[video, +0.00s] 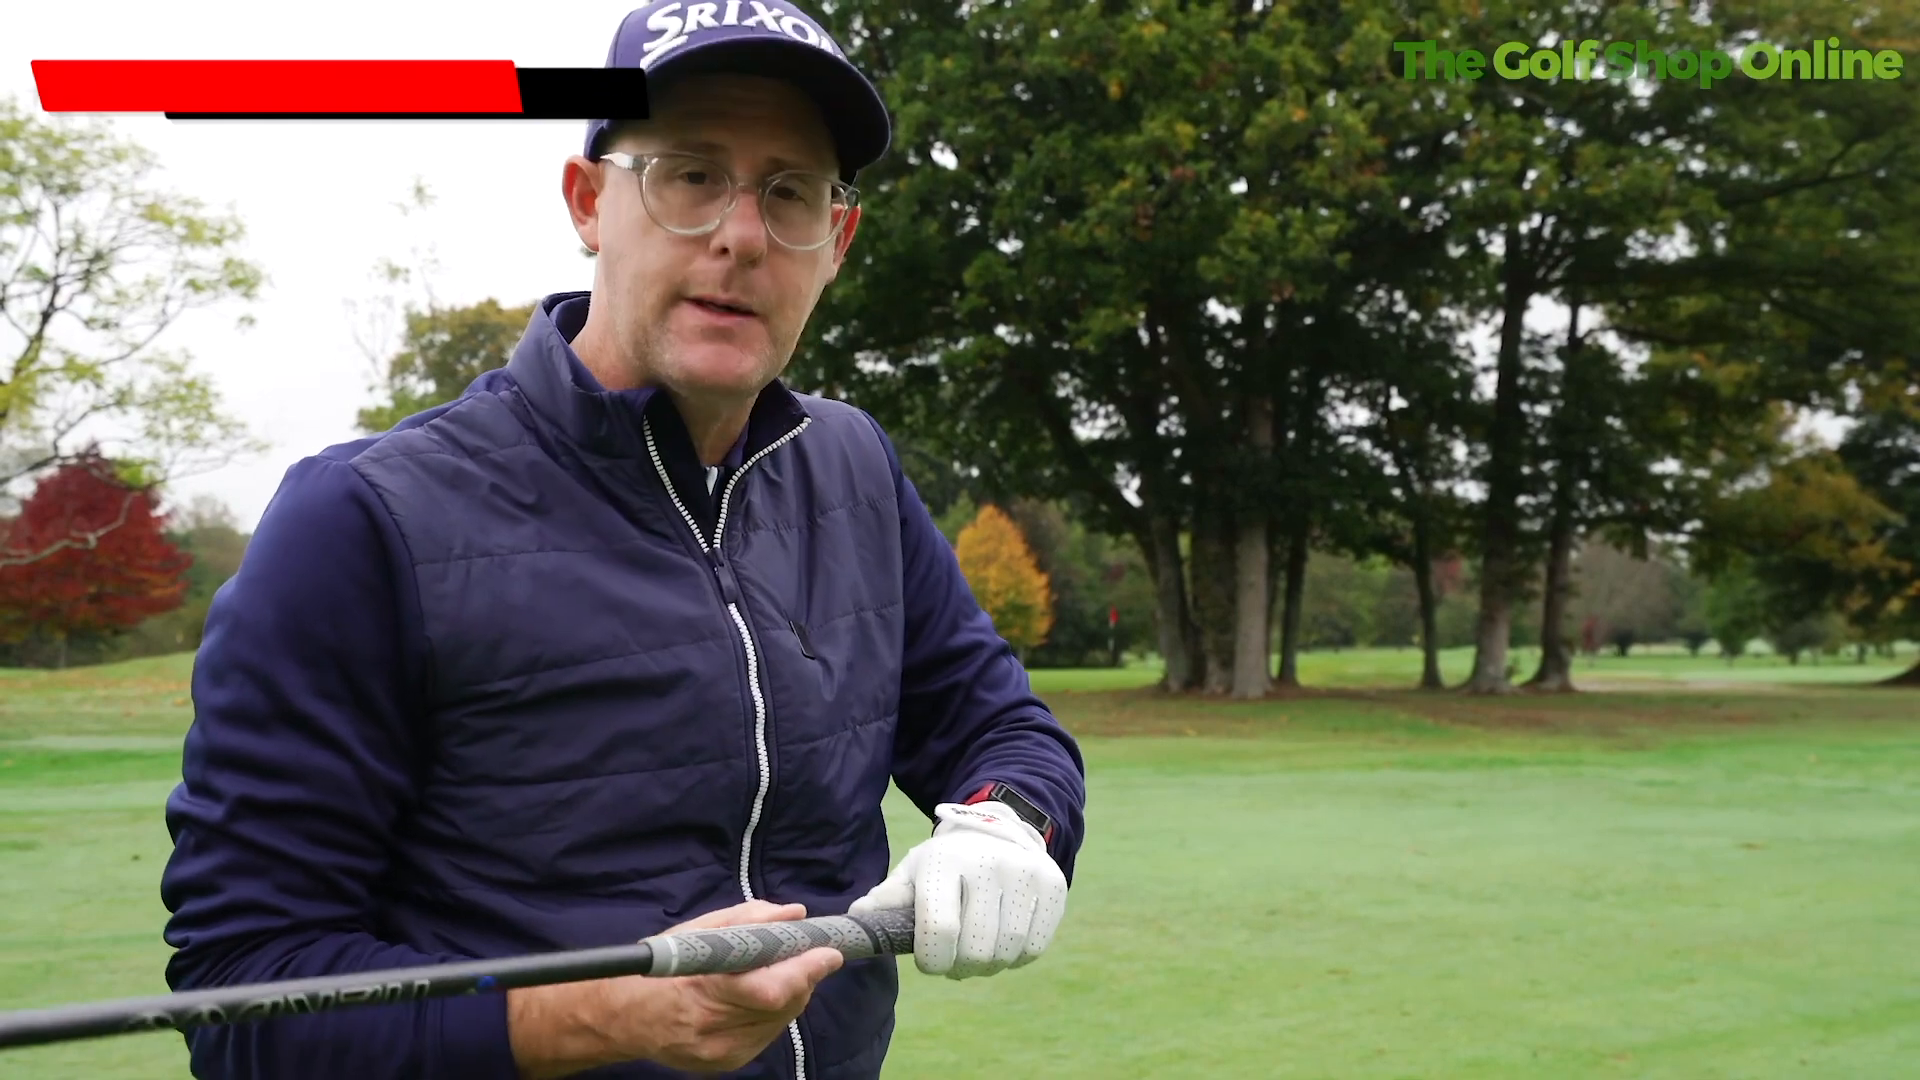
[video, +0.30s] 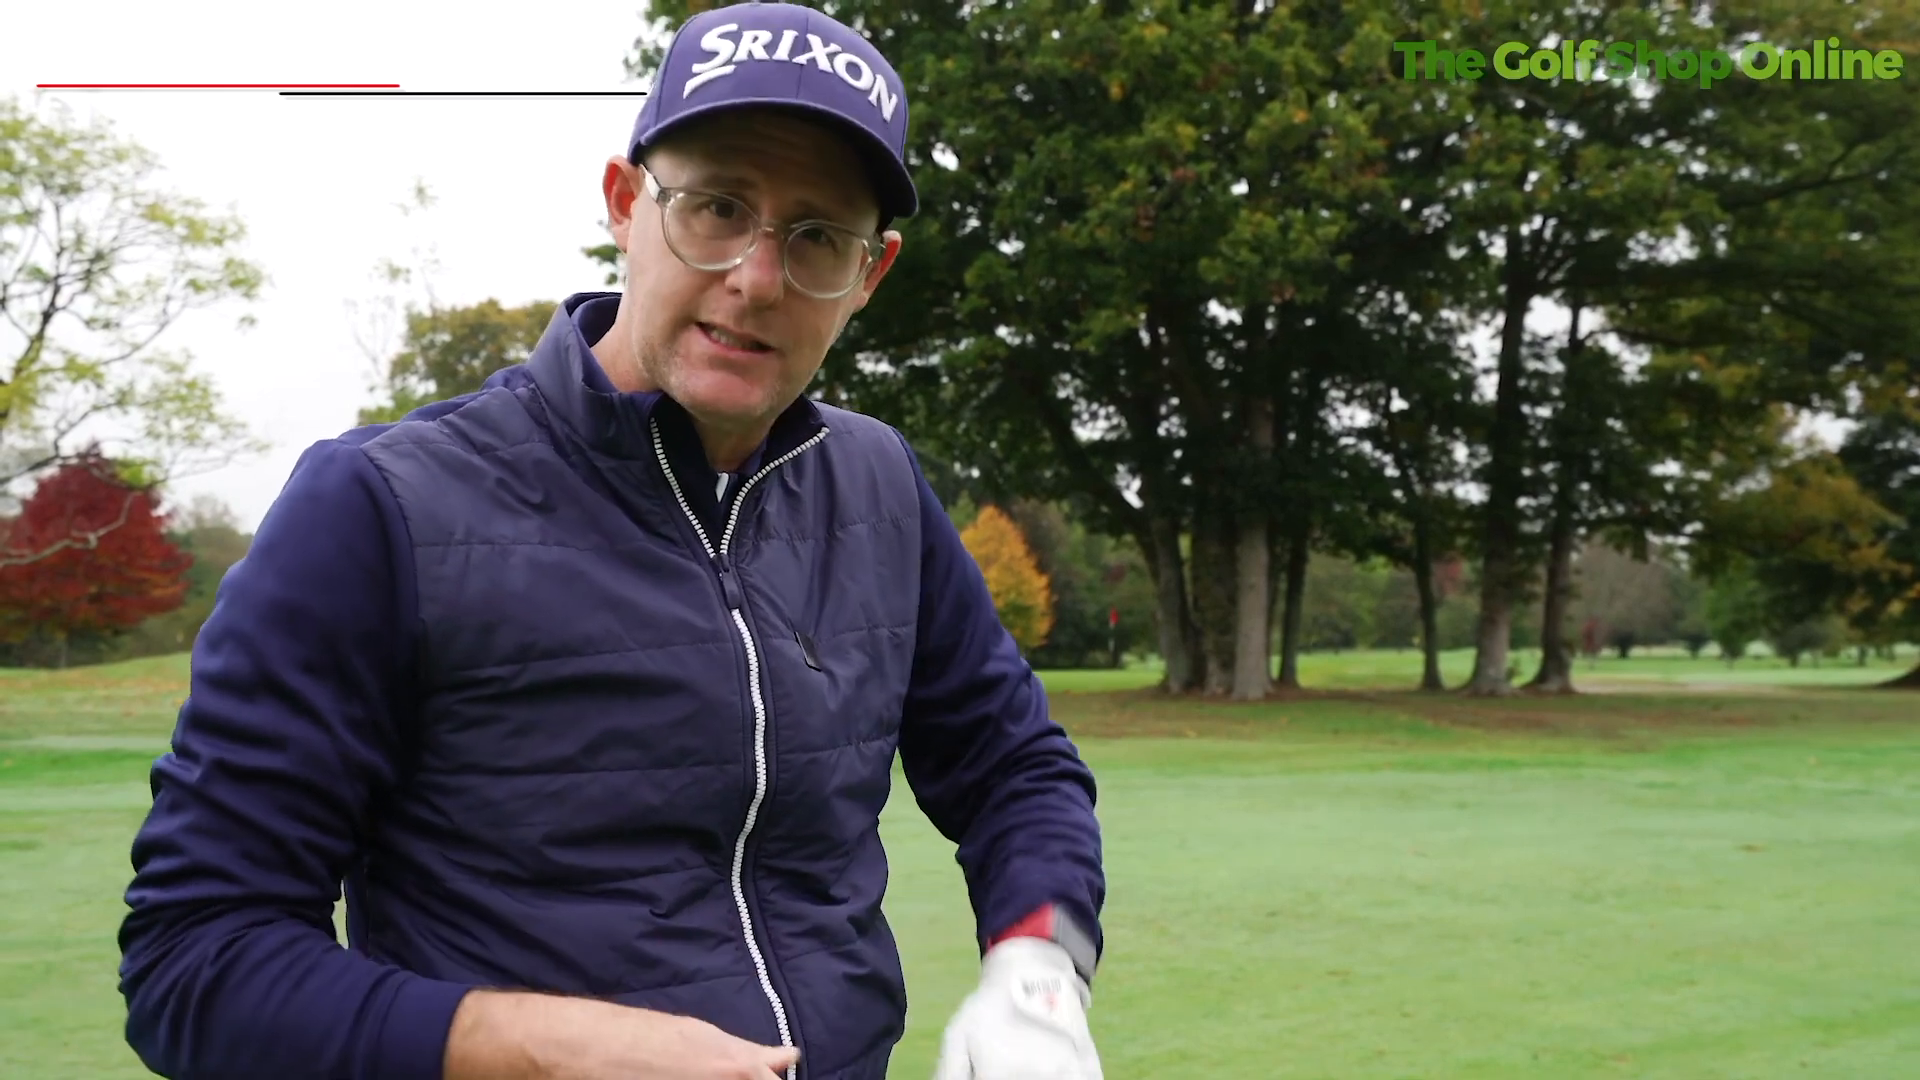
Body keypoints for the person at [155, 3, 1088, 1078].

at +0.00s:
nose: (739, 233)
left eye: (786, 189)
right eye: (692, 174)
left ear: (836, 244)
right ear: (588, 203)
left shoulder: (854, 477)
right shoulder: (370, 522)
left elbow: (1003, 729)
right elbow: (244, 997)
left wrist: (999, 824)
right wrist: (600, 1018)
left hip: (817, 1058)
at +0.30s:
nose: (754, 278)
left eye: (814, 234)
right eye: (716, 205)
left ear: (871, 273)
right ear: (628, 205)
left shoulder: (879, 491)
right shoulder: (382, 508)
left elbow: (1015, 771)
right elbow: (196, 962)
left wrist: (1033, 968)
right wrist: (537, 1038)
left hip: (834, 1064)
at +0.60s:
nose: (740, 220)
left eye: (794, 174)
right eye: (698, 163)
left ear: (863, 232)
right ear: (613, 197)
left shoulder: (891, 486)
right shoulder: (409, 490)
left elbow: (984, 801)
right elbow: (108, 888)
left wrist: (1025, 1053)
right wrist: (529, 1022)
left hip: (850, 1058)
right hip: (539, 1076)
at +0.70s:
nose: (723, 218)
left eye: (779, 171)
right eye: (679, 161)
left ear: (851, 223)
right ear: (599, 191)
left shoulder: (898, 459)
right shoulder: (422, 455)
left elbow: (1006, 740)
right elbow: (98, 806)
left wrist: (1052, 1002)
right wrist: (546, 929)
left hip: (854, 1052)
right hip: (510, 1056)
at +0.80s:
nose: (718, 230)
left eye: (779, 183)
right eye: (677, 167)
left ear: (853, 229)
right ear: (597, 184)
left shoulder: (901, 436)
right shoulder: (432, 431)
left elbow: (1023, 672)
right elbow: (159, 832)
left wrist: (1075, 920)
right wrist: (629, 878)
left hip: (841, 1049)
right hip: (501, 1053)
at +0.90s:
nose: (722, 262)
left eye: (784, 214)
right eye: (688, 188)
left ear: (858, 252)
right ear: (608, 187)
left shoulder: (890, 432)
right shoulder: (418, 465)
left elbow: (1005, 678)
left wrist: (1058, 925)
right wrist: (719, 886)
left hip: (847, 1049)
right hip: (550, 1053)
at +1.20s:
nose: (750, 266)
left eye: (811, 212)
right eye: (713, 188)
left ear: (878, 244)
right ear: (619, 179)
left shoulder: (897, 450)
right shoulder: (404, 486)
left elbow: (938, 699)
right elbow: (237, 975)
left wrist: (969, 930)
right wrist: (602, 974)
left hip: (852, 1049)